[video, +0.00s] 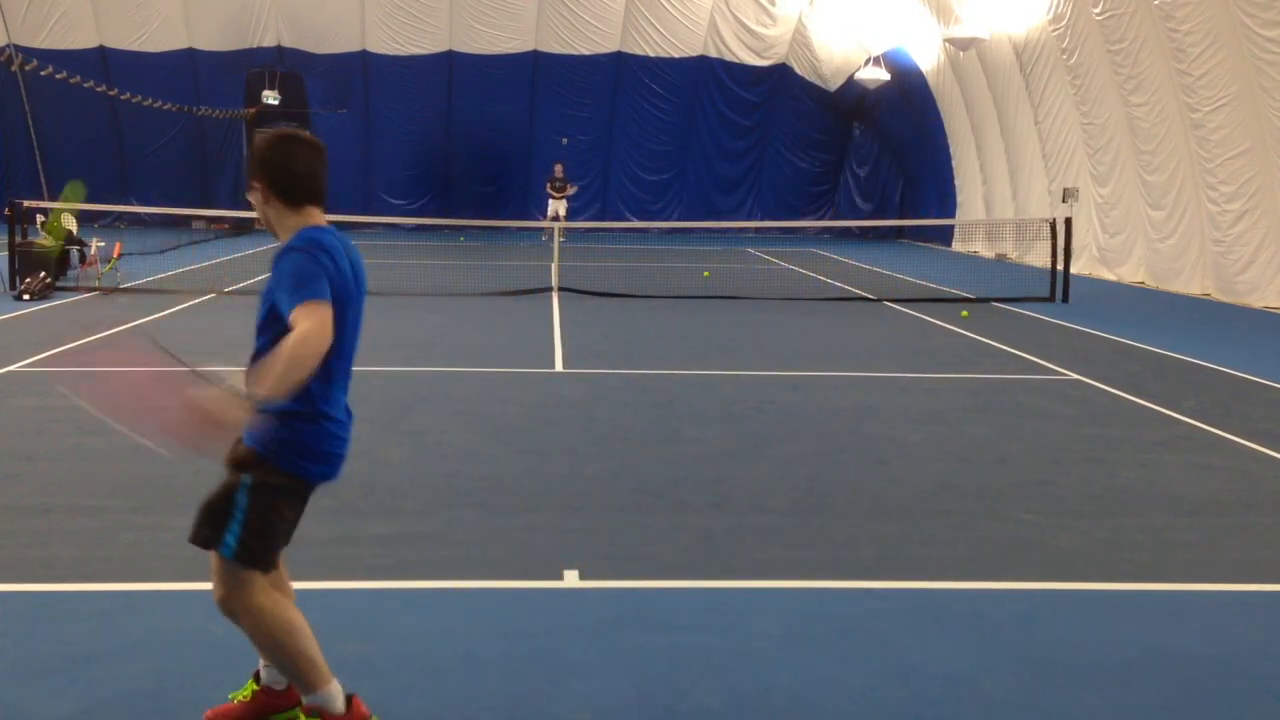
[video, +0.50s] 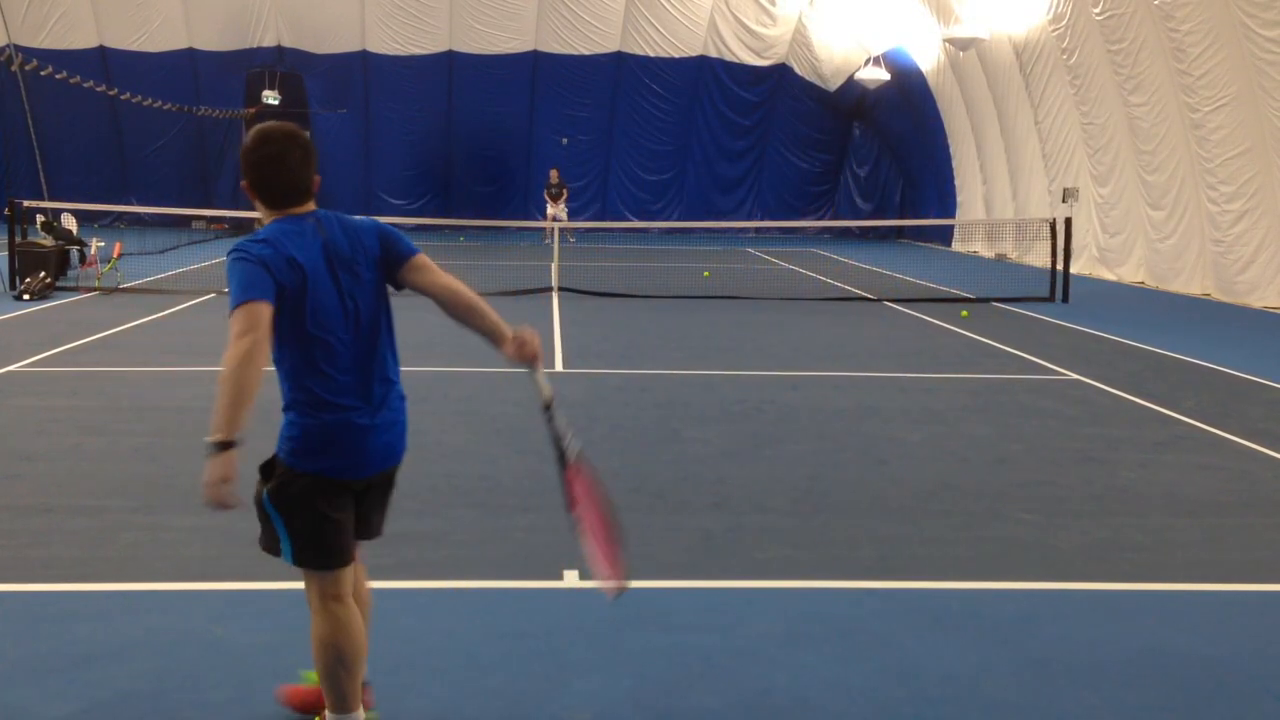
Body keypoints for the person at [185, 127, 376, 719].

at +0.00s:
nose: (252, 198)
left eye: (252, 187)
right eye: (252, 188)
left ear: (263, 192)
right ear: (316, 186)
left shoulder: (302, 255)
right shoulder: (337, 248)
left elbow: (314, 332)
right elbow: (320, 347)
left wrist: (252, 396)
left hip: (286, 441)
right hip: (304, 435)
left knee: (236, 589)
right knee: (259, 563)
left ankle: (333, 705)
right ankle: (279, 682)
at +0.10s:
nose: (231, 187)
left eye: (231, 178)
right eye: (232, 177)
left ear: (239, 184)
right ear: (299, 173)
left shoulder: (285, 242)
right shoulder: (331, 236)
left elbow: (335, 310)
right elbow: (376, 313)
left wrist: (367, 390)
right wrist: (414, 371)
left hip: (270, 436)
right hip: (305, 434)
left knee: (239, 575)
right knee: (272, 554)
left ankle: (322, 702)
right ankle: (274, 678)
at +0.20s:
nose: (225, 187)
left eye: (223, 179)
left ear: (227, 187)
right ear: (293, 172)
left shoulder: (272, 245)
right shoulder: (337, 232)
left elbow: (342, 302)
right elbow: (409, 282)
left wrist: (408, 363)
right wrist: (480, 332)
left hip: (275, 439)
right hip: (318, 435)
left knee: (265, 580)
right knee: (274, 555)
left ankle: (330, 707)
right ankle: (272, 678)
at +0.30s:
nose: (225, 192)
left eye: (224, 182)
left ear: (228, 192)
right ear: (292, 179)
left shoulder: (260, 250)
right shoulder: (340, 230)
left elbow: (320, 305)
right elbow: (421, 269)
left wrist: (389, 376)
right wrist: (498, 302)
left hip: (296, 443)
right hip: (344, 437)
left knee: (297, 587)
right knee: (284, 548)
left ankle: (340, 712)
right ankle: (278, 672)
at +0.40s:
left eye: (232, 184)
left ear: (235, 195)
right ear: (301, 183)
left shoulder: (256, 252)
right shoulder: (349, 232)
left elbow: (285, 321)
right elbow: (431, 271)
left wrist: (305, 415)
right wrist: (505, 309)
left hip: (309, 446)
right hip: (366, 437)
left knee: (323, 588)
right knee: (312, 554)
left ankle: (345, 711)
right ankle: (298, 668)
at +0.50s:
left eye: (246, 179)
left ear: (249, 191)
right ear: (315, 181)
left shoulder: (256, 254)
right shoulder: (365, 232)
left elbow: (251, 338)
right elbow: (442, 286)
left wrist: (222, 443)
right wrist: (504, 334)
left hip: (317, 448)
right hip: (383, 441)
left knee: (330, 593)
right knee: (348, 565)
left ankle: (347, 713)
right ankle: (346, 683)